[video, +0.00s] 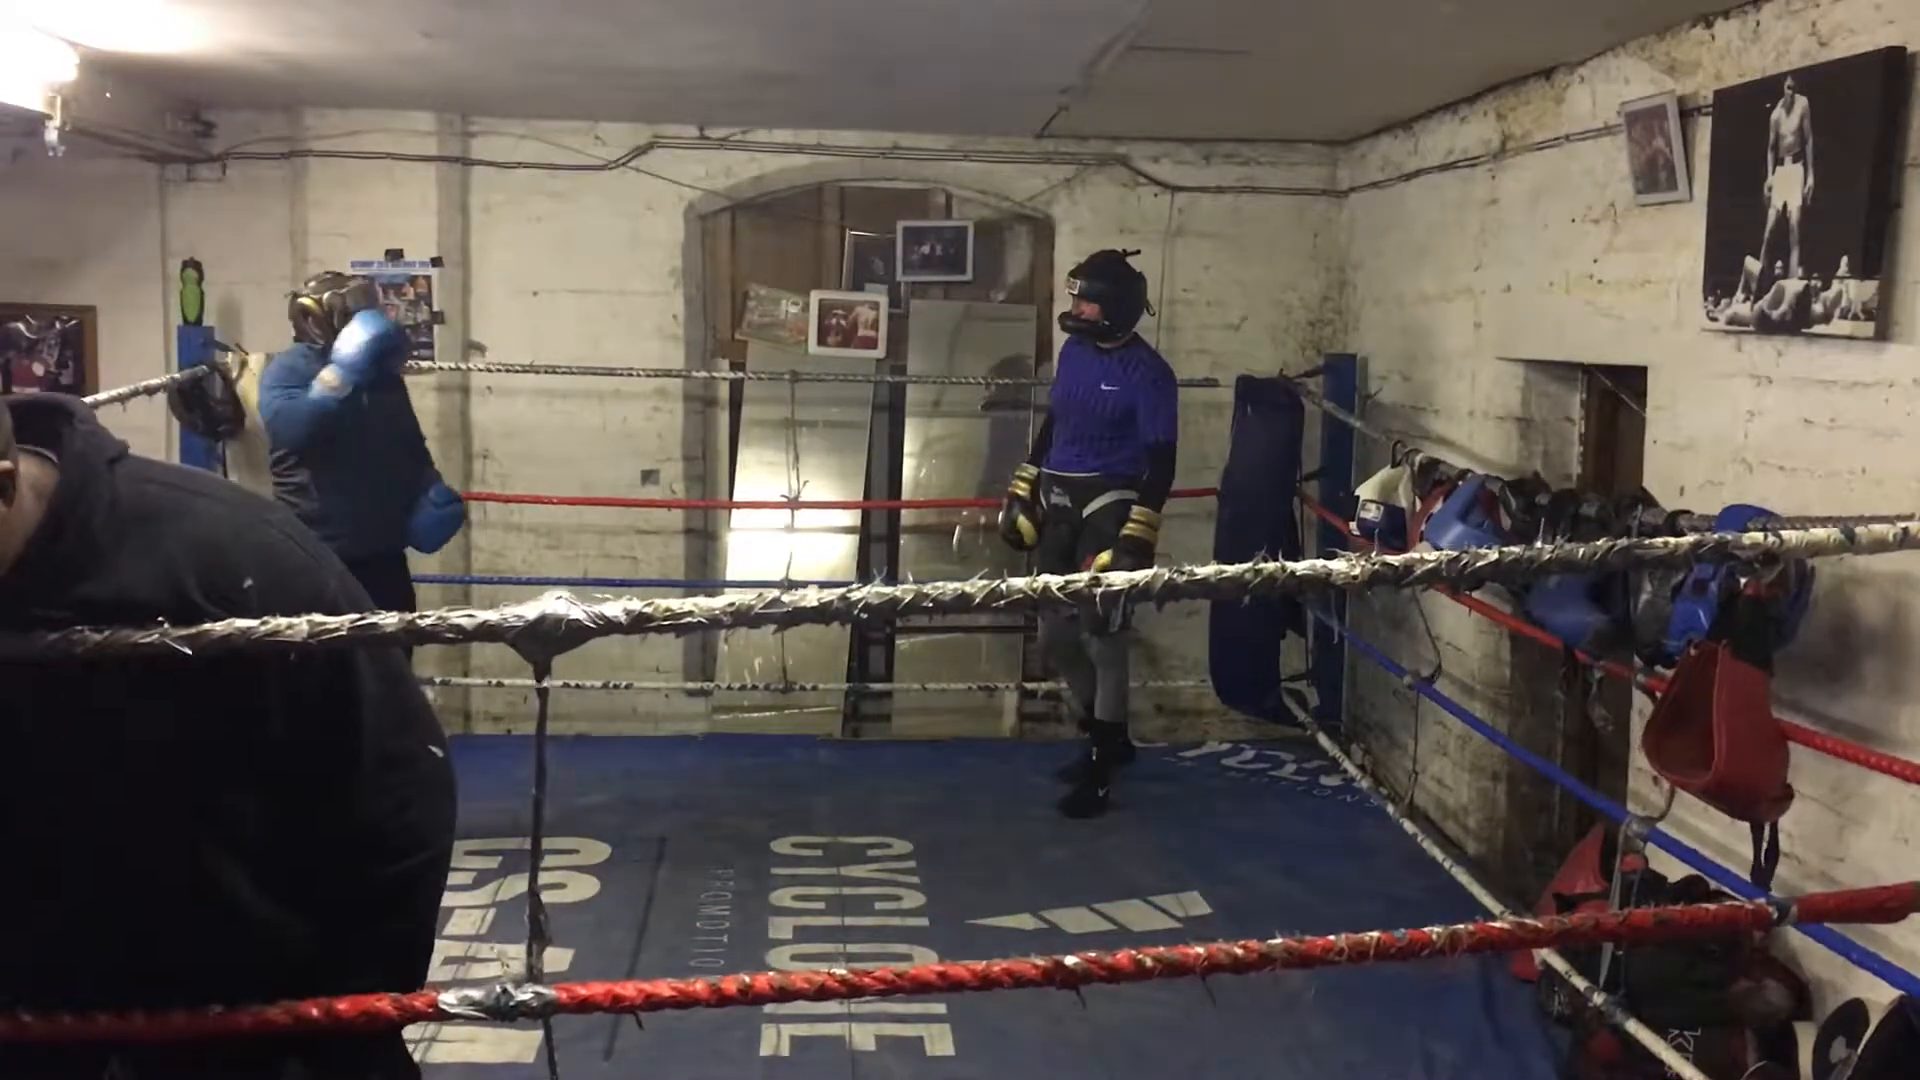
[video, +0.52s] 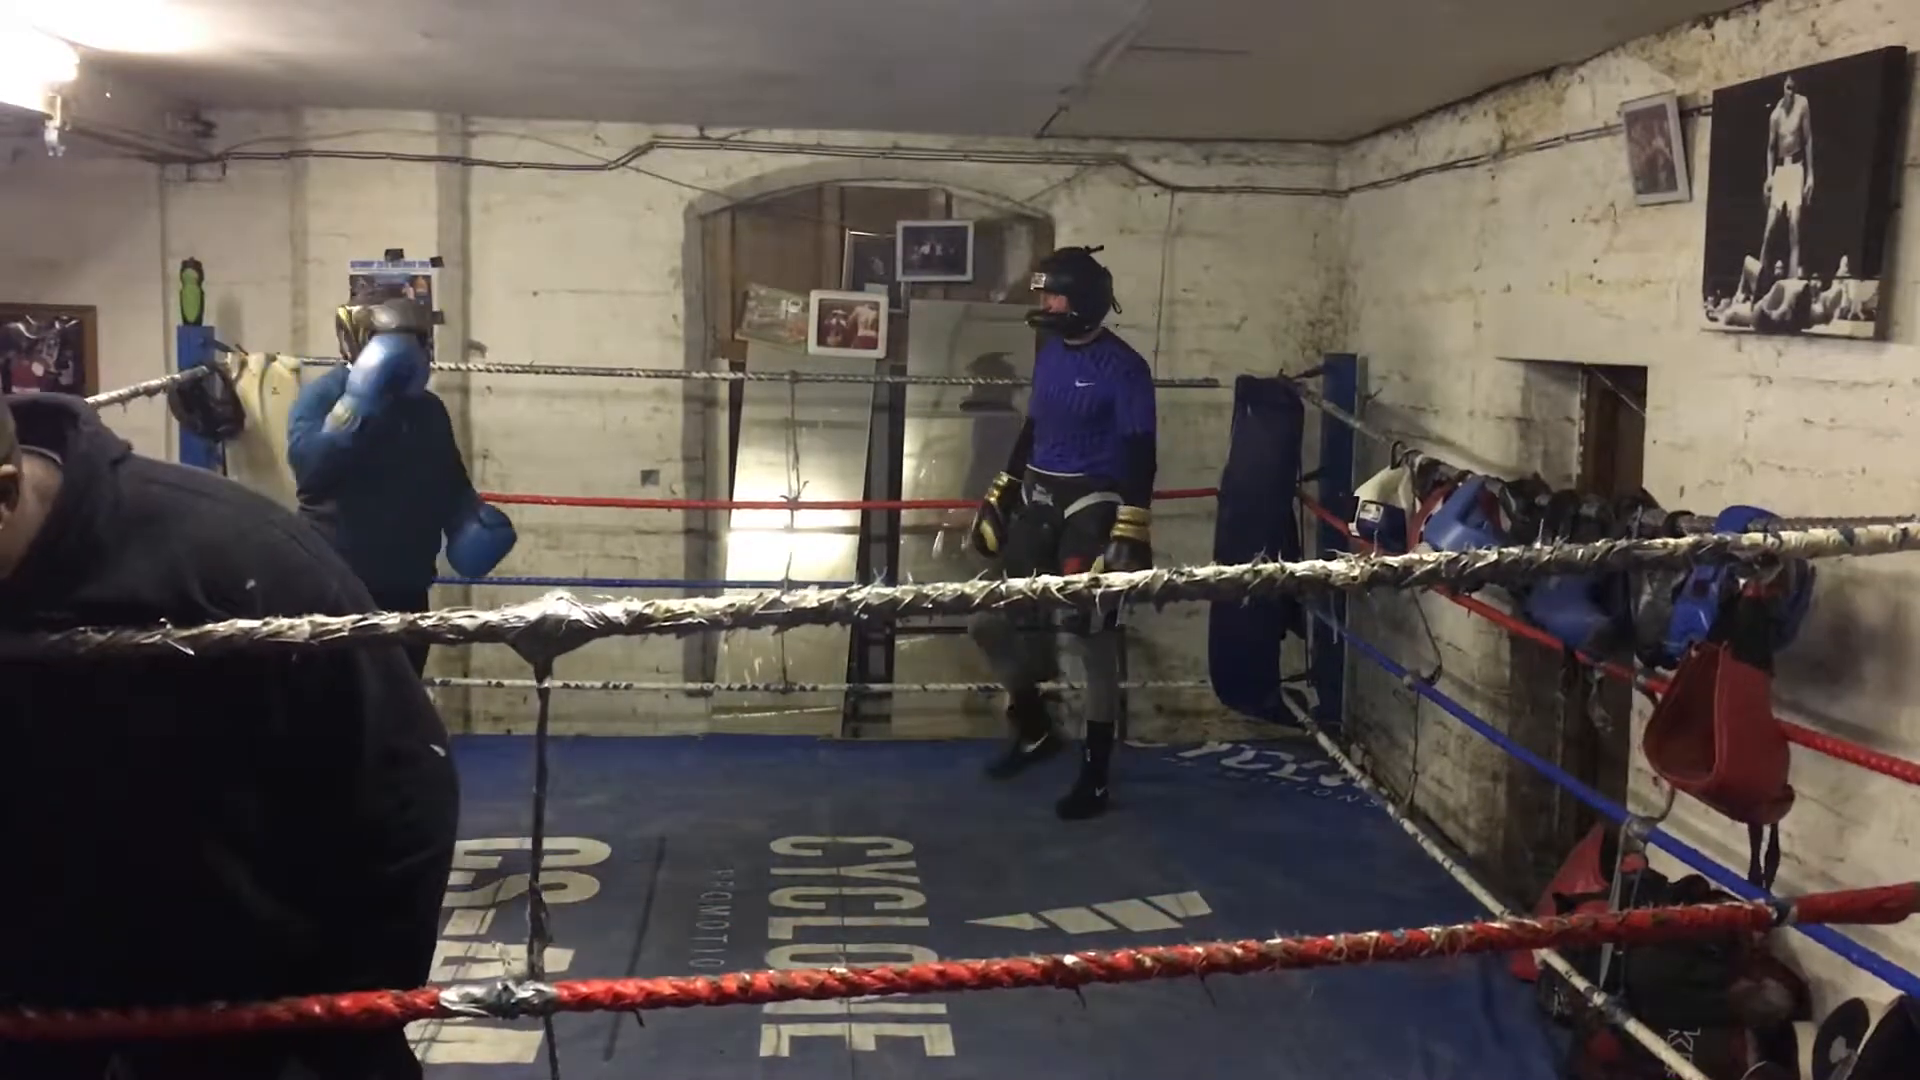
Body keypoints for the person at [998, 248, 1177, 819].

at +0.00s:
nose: (1076, 306)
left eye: (1088, 299)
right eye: (1076, 297)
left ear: (1118, 308)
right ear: (1081, 302)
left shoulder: (1149, 373)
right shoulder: (1073, 352)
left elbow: (1162, 463)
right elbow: (1054, 419)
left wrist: (1139, 537)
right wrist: (1024, 486)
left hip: (1112, 511)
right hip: (1058, 505)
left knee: (1105, 638)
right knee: (1058, 638)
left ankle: (1102, 769)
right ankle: (1102, 740)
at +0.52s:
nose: (1043, 307)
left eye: (1054, 297)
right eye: (1042, 296)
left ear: (1083, 302)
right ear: (1048, 301)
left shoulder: (1125, 367)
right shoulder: (1048, 353)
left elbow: (1141, 454)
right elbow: (1032, 429)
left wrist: (1133, 525)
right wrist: (1000, 495)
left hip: (1096, 505)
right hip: (1038, 500)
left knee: (1093, 630)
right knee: (994, 621)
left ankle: (1096, 771)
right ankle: (1034, 729)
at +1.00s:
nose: (994, 298)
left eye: (1005, 289)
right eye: (993, 289)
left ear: (1033, 295)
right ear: (998, 296)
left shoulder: (1067, 358)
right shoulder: (991, 358)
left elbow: (1078, 448)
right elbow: (978, 434)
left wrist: (1052, 518)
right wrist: (956, 504)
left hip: (1045, 514)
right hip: (992, 511)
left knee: (1063, 632)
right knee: (1007, 634)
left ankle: (1088, 769)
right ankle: (1018, 758)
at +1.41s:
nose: (952, 301)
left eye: (964, 291)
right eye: (949, 291)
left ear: (991, 298)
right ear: (948, 297)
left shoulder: (1026, 356)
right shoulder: (945, 356)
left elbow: (1049, 441)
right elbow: (933, 432)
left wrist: (1030, 516)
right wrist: (911, 503)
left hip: (1007, 502)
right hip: (954, 501)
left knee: (976, 628)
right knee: (978, 631)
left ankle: (1033, 714)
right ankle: (1013, 752)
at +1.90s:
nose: (888, 323)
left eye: (898, 311)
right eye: (884, 311)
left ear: (926, 313)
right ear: (882, 316)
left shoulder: (968, 366)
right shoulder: (901, 369)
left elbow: (1016, 444)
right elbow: (904, 439)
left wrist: (1025, 523)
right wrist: (901, 500)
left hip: (979, 501)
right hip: (931, 505)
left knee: (976, 630)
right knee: (978, 626)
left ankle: (980, 767)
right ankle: (1033, 734)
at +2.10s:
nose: (880, 313)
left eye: (892, 303)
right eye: (876, 302)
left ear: (921, 309)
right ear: (874, 307)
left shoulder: (960, 366)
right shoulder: (884, 361)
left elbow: (1004, 449)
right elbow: (885, 436)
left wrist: (995, 523)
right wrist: (877, 504)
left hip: (962, 507)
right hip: (913, 509)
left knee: (971, 632)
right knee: (932, 630)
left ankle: (979, 769)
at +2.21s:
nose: (873, 305)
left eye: (886, 296)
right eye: (869, 296)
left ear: (915, 302)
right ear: (866, 301)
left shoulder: (953, 362)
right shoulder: (879, 356)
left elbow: (994, 444)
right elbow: (878, 430)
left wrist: (981, 517)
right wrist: (859, 499)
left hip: (951, 507)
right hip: (897, 507)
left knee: (959, 633)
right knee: (891, 634)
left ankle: (978, 769)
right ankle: (965, 609)